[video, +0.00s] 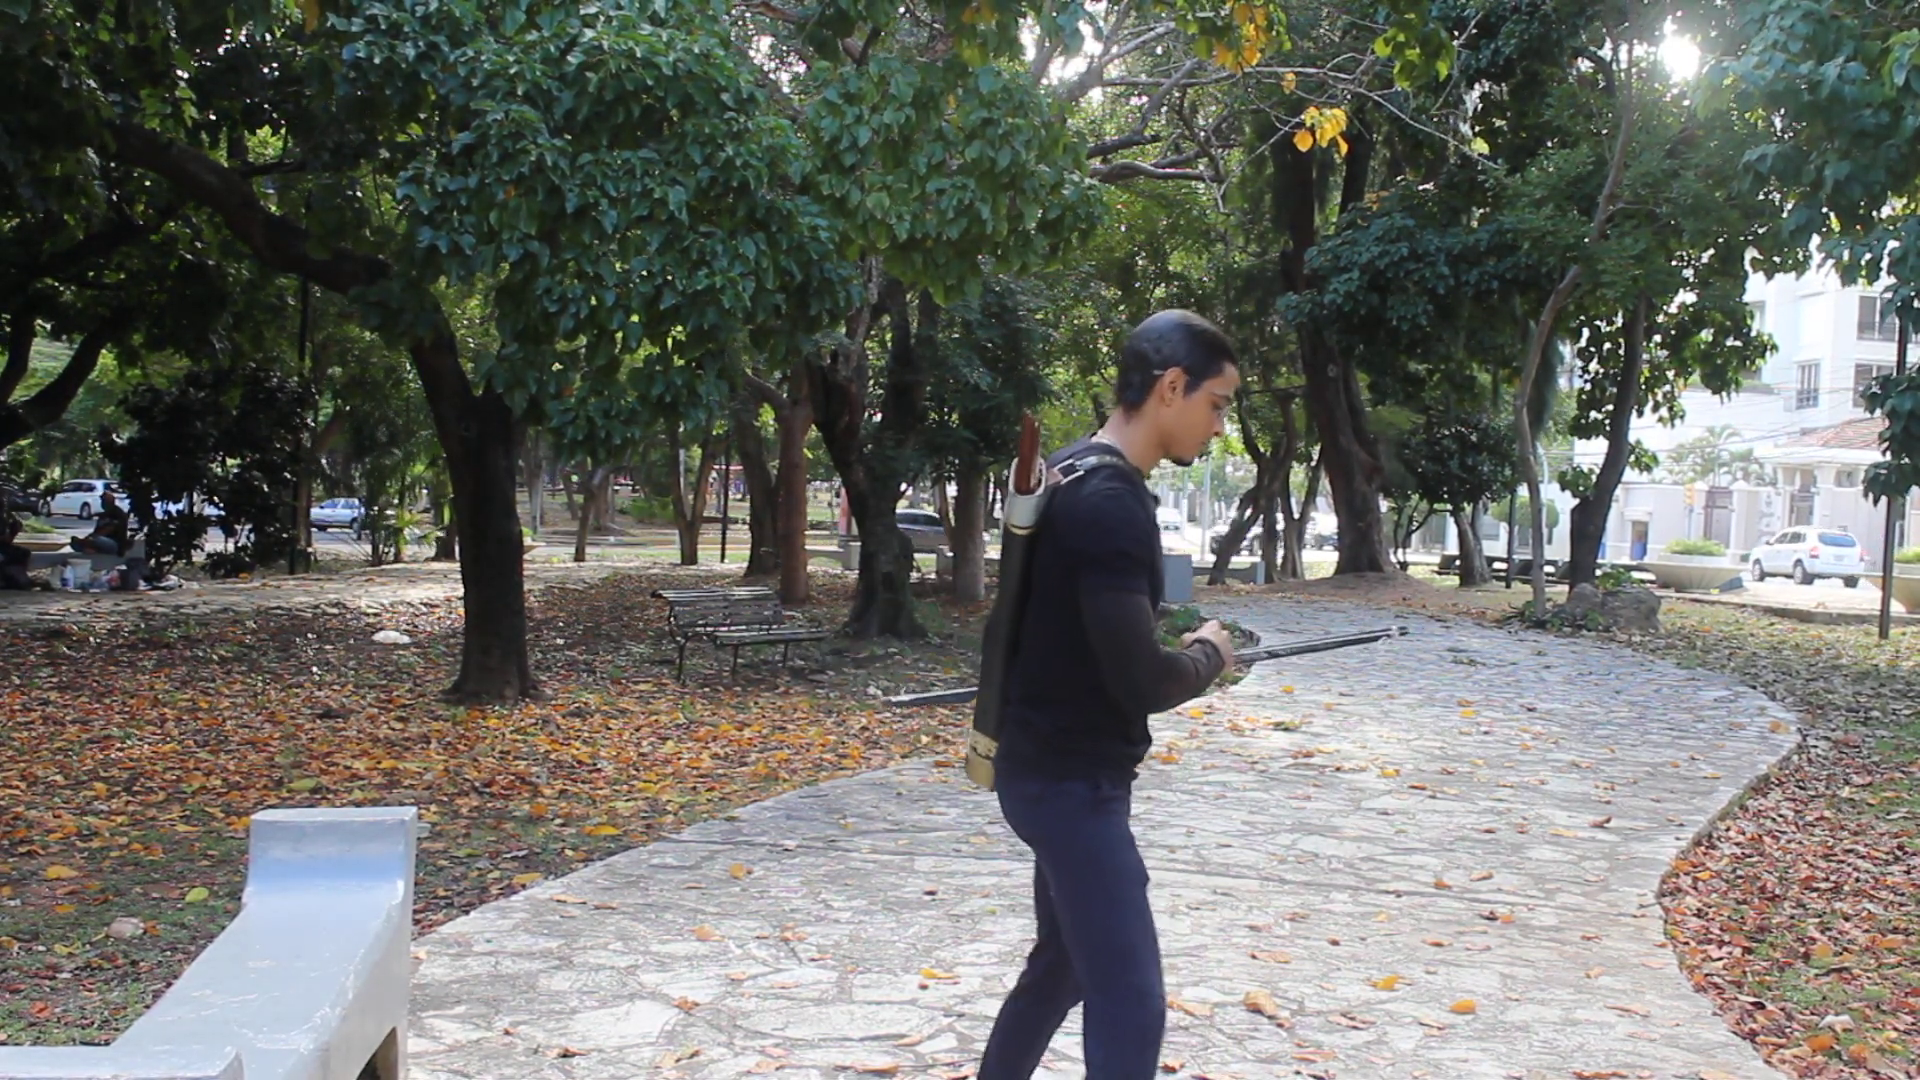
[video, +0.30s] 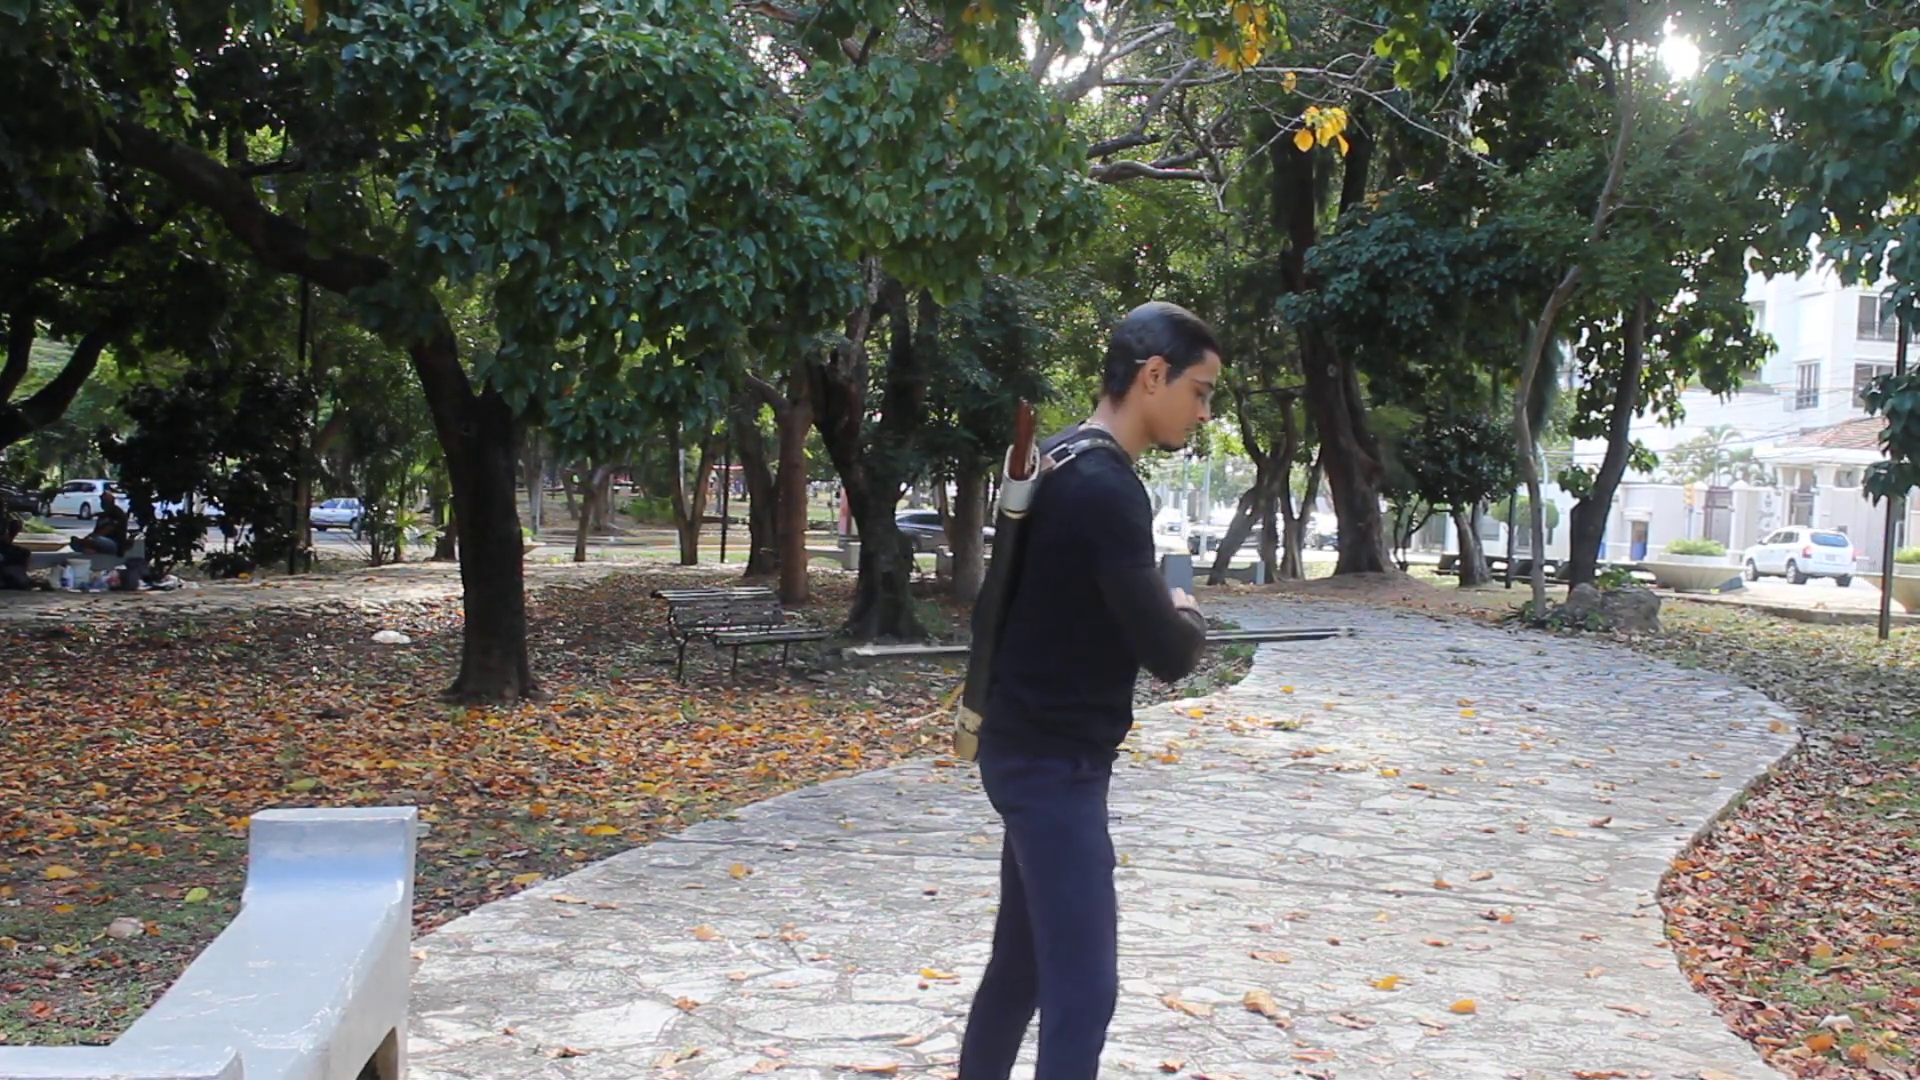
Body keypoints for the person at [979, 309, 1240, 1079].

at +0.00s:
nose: (1221, 428)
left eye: (1226, 410)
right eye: (1218, 405)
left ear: (1158, 389)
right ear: (1167, 388)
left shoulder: (1079, 474)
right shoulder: (1110, 499)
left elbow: (1072, 640)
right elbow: (1141, 681)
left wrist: (1177, 643)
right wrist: (1208, 655)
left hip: (1057, 778)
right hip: (1074, 788)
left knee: (1057, 969)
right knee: (1130, 1001)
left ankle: (995, 1073)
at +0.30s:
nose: (1204, 416)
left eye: (1209, 398)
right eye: (1201, 393)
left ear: (1137, 377)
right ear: (1151, 375)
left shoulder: (1071, 457)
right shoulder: (1104, 484)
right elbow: (1170, 653)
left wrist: (1164, 613)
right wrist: (1185, 611)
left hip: (1039, 750)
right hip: (1053, 761)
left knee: (1016, 971)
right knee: (1083, 996)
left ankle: (976, 1074)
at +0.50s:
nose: (1200, 406)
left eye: (1202, 386)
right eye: (1191, 384)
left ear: (1130, 377)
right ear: (1137, 373)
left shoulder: (1059, 458)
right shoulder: (1112, 484)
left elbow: (1007, 601)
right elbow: (1200, 639)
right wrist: (1204, 617)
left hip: (1032, 755)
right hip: (1061, 768)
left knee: (997, 967)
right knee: (1081, 1000)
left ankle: (967, 1075)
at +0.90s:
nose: (1194, 394)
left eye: (1196, 376)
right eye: (1179, 373)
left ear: (1114, 377)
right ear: (1120, 372)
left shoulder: (1031, 458)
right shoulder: (1137, 494)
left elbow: (965, 556)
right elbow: (1224, 635)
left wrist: (923, 601)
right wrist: (1179, 572)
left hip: (1021, 747)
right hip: (1068, 765)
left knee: (1003, 963)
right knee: (1100, 998)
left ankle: (969, 1070)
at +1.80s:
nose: (1219, 425)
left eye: (1226, 406)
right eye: (1202, 403)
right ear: (1142, 402)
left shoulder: (1089, 475)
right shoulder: (1140, 517)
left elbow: (1013, 567)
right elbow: (1240, 679)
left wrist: (956, 624)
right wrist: (1187, 592)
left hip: (1075, 784)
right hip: (1069, 796)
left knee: (1046, 980)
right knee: (1155, 1018)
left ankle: (988, 1072)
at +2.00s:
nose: (1214, 417)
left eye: (1225, 395)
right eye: (1191, 395)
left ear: (1236, 394)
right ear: (1136, 395)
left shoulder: (1167, 505)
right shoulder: (1103, 513)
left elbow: (1162, 654)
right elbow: (1187, 689)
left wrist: (1215, 647)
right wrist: (1250, 646)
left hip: (1158, 803)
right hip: (1079, 806)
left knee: (1146, 1025)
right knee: (1155, 1047)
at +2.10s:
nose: (1192, 404)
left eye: (1207, 380)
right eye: (1168, 381)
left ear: (1224, 381)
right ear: (1124, 383)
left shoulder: (1183, 495)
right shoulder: (1077, 507)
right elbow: (1109, 684)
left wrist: (1239, 642)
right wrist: (1247, 660)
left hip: (1185, 798)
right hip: (1085, 805)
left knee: (1235, 1026)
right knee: (1146, 1056)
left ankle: (1155, 1067)